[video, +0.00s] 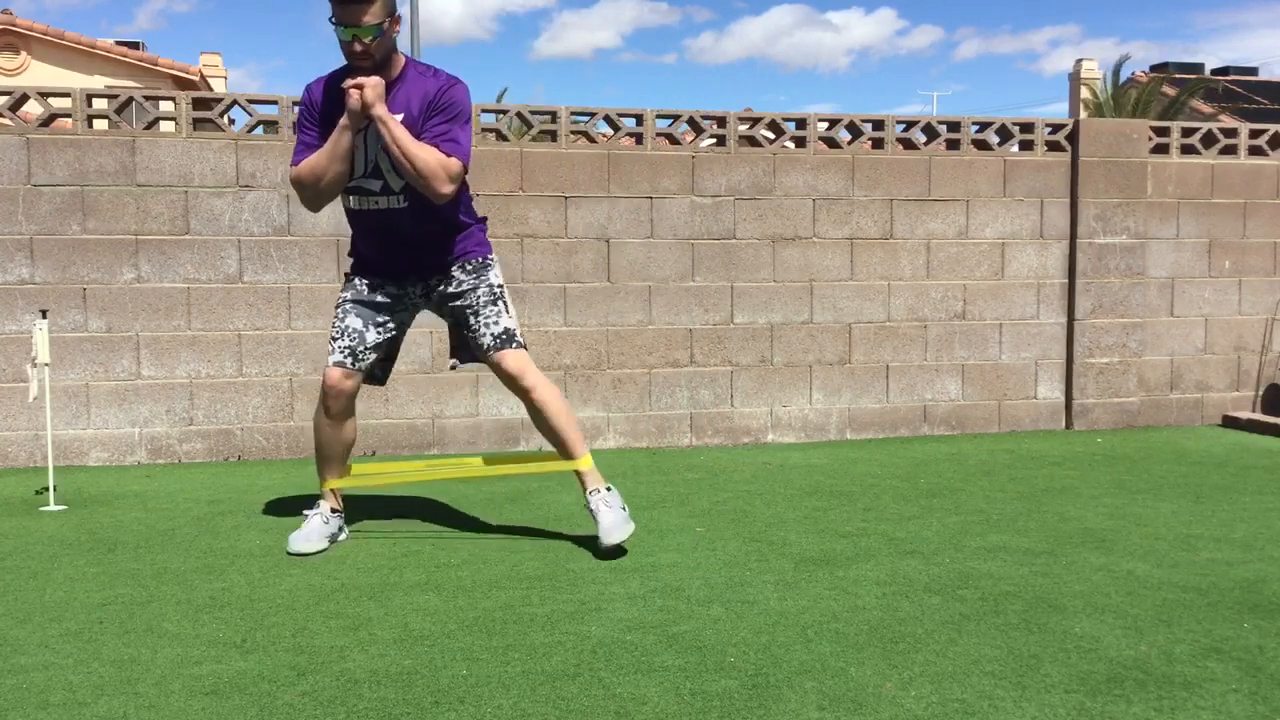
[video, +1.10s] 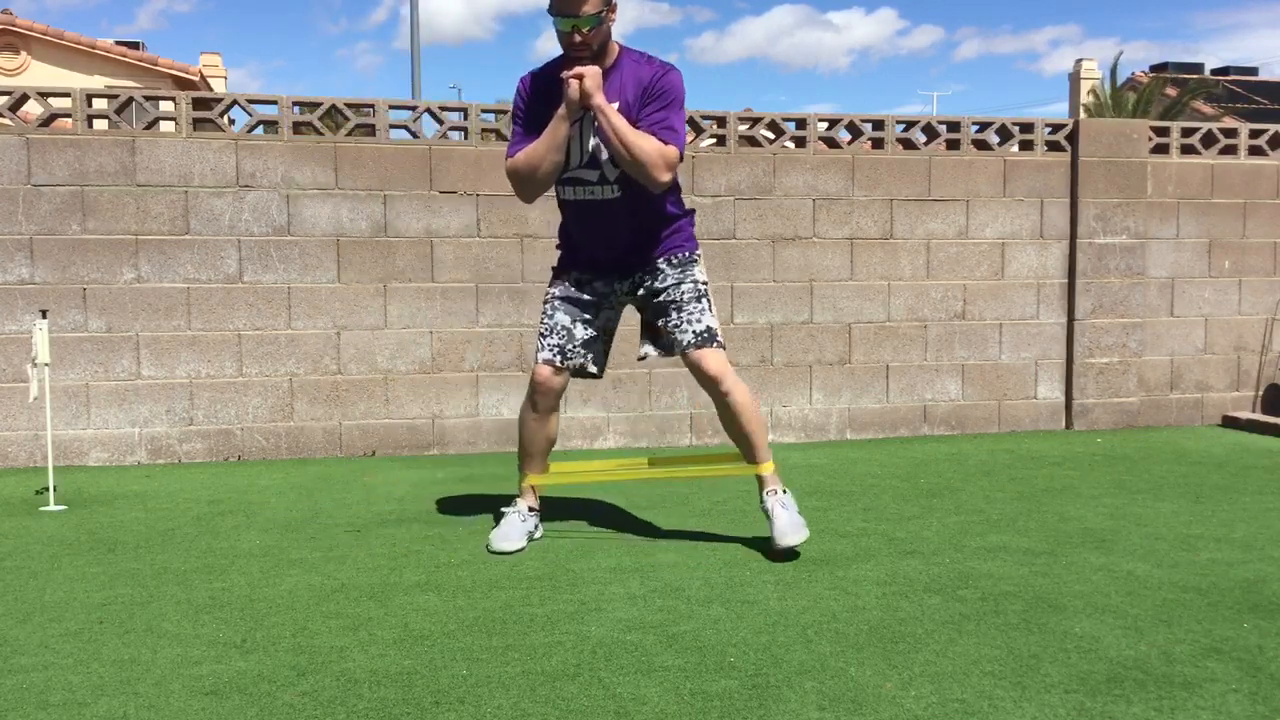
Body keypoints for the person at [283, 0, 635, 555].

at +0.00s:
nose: (355, 43)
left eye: (367, 31)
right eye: (345, 31)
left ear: (395, 24)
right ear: (332, 26)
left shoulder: (443, 91)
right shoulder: (322, 96)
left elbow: (443, 184)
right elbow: (311, 195)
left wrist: (381, 115)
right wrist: (350, 123)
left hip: (455, 257)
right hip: (377, 264)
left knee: (512, 365)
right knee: (336, 383)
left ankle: (596, 489)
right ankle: (329, 508)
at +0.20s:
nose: (421, 63)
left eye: (434, 51)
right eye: (410, 51)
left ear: (457, 47)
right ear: (398, 47)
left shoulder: (503, 113)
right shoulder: (384, 120)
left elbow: (507, 202)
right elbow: (370, 213)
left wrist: (444, 134)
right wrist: (414, 141)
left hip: (512, 284)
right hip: (428, 288)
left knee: (574, 391)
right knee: (365, 398)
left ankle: (655, 506)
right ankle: (332, 509)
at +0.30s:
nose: (471, 62)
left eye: (483, 49)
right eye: (460, 50)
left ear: (506, 42)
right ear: (447, 47)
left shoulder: (554, 110)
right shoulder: (437, 118)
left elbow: (559, 197)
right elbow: (424, 213)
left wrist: (496, 133)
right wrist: (466, 139)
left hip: (554, 284)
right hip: (472, 285)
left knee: (604, 394)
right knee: (400, 394)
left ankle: (664, 510)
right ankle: (339, 506)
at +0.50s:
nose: (542, 39)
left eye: (554, 27)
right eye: (531, 28)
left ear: (578, 20)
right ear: (519, 23)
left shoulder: (623, 85)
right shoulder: (502, 94)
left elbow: (630, 172)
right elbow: (501, 195)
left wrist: (566, 106)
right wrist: (538, 115)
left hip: (612, 261)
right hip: (532, 257)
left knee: (638, 383)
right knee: (461, 366)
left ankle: (667, 508)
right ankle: (426, 481)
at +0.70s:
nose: (570, 33)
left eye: (583, 21)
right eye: (559, 21)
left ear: (606, 14)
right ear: (547, 18)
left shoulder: (648, 81)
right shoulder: (529, 84)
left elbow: (645, 174)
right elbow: (519, 185)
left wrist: (589, 101)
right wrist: (558, 109)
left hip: (633, 254)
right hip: (557, 250)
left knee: (646, 381)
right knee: (504, 366)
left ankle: (669, 509)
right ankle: (505, 492)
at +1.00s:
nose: (567, 35)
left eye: (580, 23)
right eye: (556, 24)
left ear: (604, 18)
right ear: (545, 21)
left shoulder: (647, 82)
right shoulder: (526, 88)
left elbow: (646, 176)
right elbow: (517, 188)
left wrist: (589, 106)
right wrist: (561, 111)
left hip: (644, 254)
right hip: (568, 257)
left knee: (673, 372)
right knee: (530, 381)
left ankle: (705, 497)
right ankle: (524, 505)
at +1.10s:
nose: (576, 34)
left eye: (588, 21)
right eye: (564, 23)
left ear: (612, 15)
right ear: (552, 20)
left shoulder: (656, 77)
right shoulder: (536, 86)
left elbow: (660, 171)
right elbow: (525, 185)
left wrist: (598, 104)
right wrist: (567, 111)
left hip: (662, 251)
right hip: (586, 257)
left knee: (711, 367)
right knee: (544, 379)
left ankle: (773, 490)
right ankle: (526, 504)